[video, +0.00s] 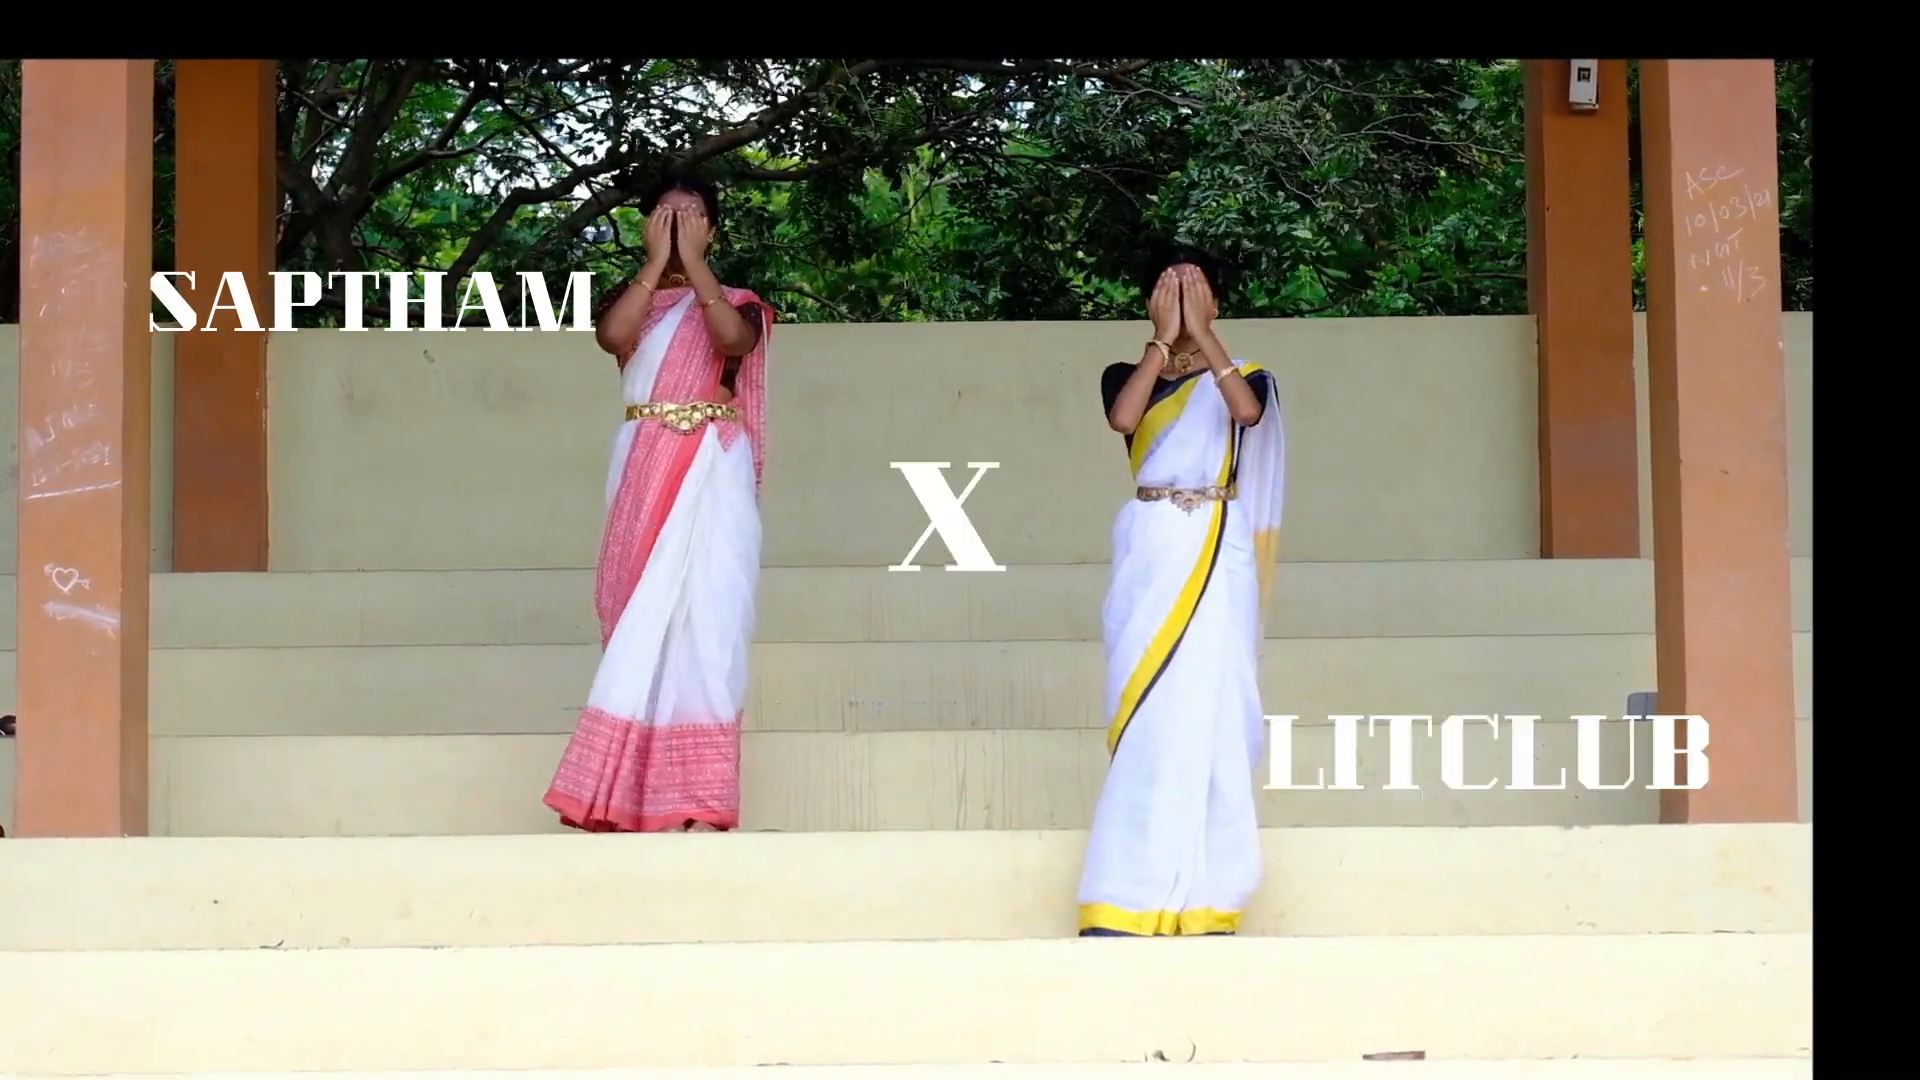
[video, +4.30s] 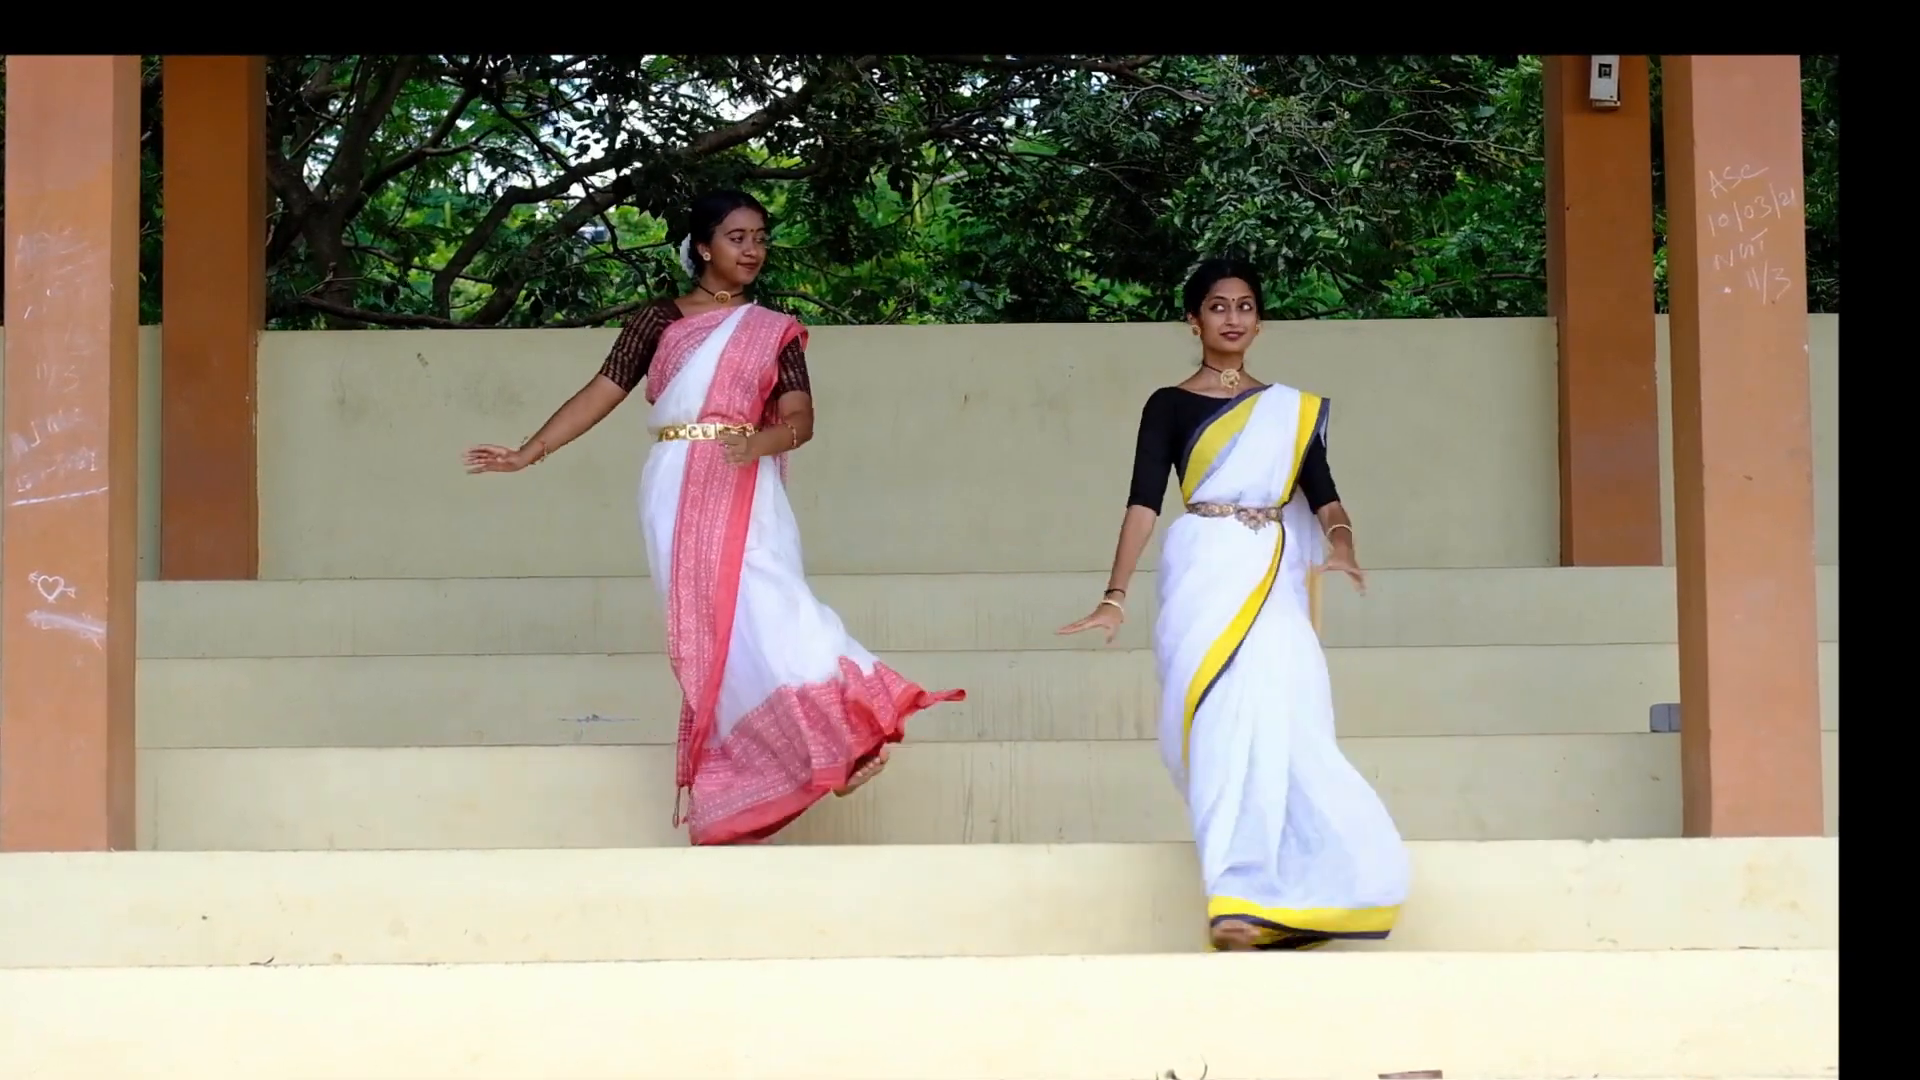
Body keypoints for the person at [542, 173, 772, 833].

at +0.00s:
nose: (678, 228)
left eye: (691, 216)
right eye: (668, 216)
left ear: (713, 229)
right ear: (649, 228)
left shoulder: (739, 303)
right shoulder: (631, 301)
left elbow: (734, 339)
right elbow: (617, 336)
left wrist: (697, 261)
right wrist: (655, 260)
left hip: (714, 477)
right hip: (644, 476)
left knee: (705, 627)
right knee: (638, 624)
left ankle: (698, 800)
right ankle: (627, 798)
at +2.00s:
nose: (681, 228)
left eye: (694, 216)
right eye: (670, 217)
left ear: (717, 229)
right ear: (652, 231)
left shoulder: (742, 303)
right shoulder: (636, 302)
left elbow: (737, 340)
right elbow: (595, 333)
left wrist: (695, 259)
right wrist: (634, 254)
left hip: (712, 476)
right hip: (642, 475)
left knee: (706, 628)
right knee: (641, 625)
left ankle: (702, 803)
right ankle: (639, 799)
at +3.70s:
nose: (704, 231)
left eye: (714, 220)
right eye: (690, 219)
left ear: (727, 229)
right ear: (664, 227)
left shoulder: (747, 307)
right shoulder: (631, 304)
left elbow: (766, 377)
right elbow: (590, 385)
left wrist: (702, 337)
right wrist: (636, 337)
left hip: (727, 482)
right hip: (655, 481)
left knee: (717, 629)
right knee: (658, 628)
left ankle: (703, 809)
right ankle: (652, 804)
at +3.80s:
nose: (720, 237)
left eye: (729, 226)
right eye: (705, 224)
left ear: (736, 235)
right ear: (674, 233)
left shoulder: (755, 313)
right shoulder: (633, 315)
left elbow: (767, 395)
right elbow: (609, 399)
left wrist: (720, 414)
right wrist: (604, 427)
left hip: (733, 490)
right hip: (659, 489)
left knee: (717, 631)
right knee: (661, 631)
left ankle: (706, 812)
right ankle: (659, 806)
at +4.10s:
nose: (748, 241)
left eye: (754, 229)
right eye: (734, 228)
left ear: (758, 235)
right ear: (698, 235)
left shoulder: (768, 315)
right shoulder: (651, 310)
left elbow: (768, 386)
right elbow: (583, 383)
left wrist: (693, 391)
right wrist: (505, 434)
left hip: (747, 479)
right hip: (674, 477)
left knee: (783, 585)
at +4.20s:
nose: (753, 245)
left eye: (758, 234)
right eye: (739, 232)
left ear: (761, 242)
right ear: (700, 239)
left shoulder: (771, 319)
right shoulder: (653, 315)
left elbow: (781, 398)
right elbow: (582, 386)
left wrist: (712, 406)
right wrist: (503, 420)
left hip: (748, 472)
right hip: (674, 475)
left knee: (764, 581)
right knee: (705, 612)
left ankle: (856, 698)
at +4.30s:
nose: (752, 249)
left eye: (759, 238)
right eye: (738, 237)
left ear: (766, 247)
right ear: (702, 246)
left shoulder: (777, 328)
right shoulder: (659, 319)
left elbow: (799, 419)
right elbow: (599, 395)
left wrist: (761, 441)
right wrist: (528, 453)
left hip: (749, 479)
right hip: (675, 476)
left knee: (769, 596)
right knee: (702, 621)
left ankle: (843, 727)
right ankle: (711, 779)